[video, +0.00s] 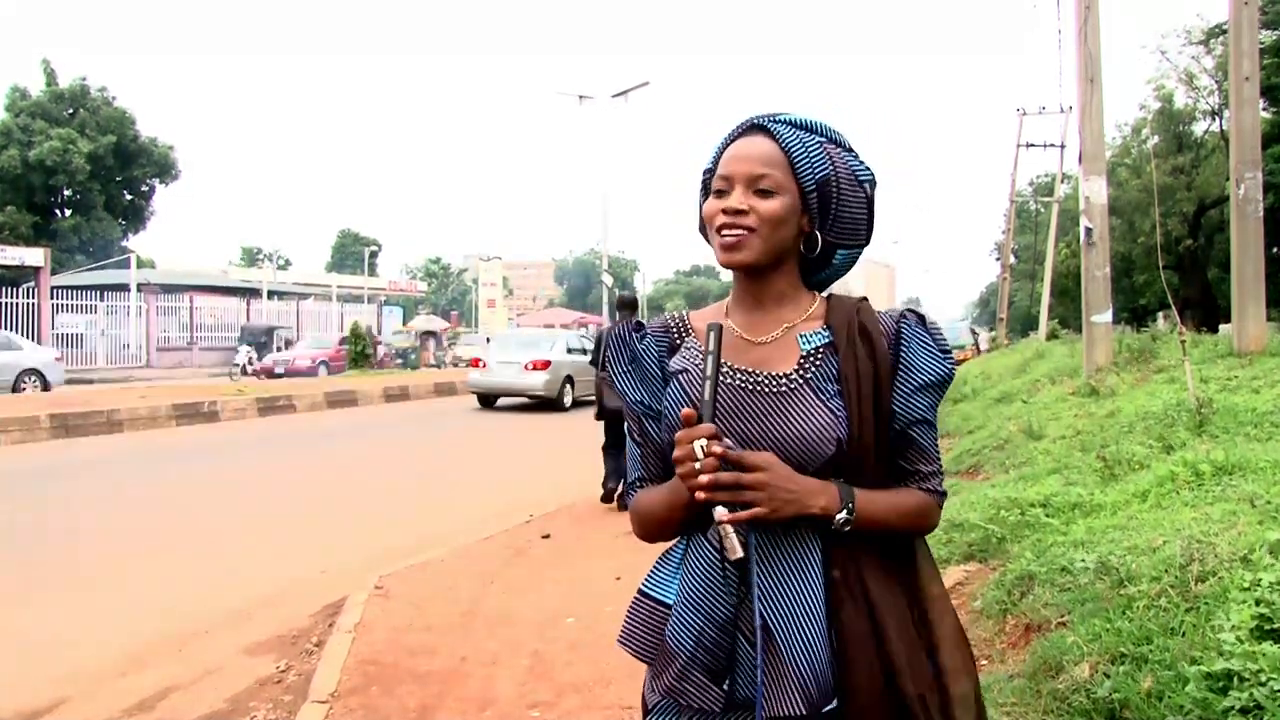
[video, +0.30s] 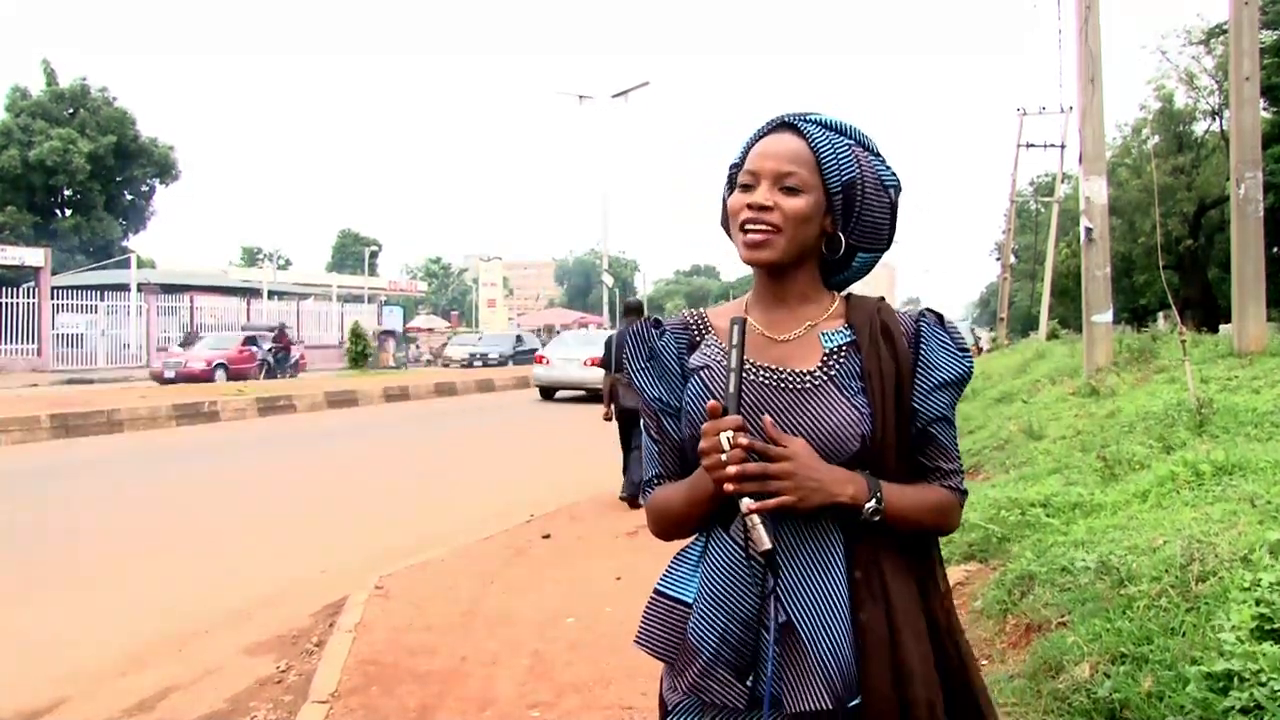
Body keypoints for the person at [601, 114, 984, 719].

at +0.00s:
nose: (733, 206)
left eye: (762, 191)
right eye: (720, 190)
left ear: (809, 217)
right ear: (705, 208)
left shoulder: (877, 342)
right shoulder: (666, 349)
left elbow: (926, 504)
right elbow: (645, 521)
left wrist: (813, 494)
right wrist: (685, 486)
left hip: (847, 651)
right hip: (709, 654)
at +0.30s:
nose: (758, 202)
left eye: (788, 188)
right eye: (745, 184)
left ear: (832, 216)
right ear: (729, 202)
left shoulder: (900, 342)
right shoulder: (682, 346)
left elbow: (946, 505)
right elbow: (661, 518)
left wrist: (839, 484)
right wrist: (708, 479)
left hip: (864, 650)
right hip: (724, 649)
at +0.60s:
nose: (785, 203)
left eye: (813, 187)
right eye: (771, 184)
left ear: (856, 213)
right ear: (749, 202)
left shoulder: (916, 334)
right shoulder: (706, 336)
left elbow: (952, 498)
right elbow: (680, 514)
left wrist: (878, 465)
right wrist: (742, 461)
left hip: (880, 614)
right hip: (750, 621)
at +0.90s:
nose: (801, 200)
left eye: (827, 181)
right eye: (784, 186)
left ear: (871, 203)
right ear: (767, 209)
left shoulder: (935, 331)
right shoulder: (731, 337)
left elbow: (977, 500)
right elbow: (707, 512)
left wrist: (921, 474)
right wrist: (764, 456)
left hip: (910, 630)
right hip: (777, 634)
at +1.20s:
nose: (807, 208)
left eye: (834, 189)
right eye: (792, 193)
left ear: (884, 210)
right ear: (778, 214)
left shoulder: (955, 338)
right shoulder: (746, 347)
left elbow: (992, 491)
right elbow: (731, 515)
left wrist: (937, 490)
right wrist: (766, 472)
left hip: (915, 633)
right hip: (790, 635)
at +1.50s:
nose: (817, 199)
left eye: (845, 182)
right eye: (804, 185)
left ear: (893, 207)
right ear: (789, 207)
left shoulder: (956, 333)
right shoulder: (756, 341)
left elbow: (1003, 504)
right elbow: (737, 511)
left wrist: (936, 464)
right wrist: (767, 466)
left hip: (924, 627)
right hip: (796, 631)